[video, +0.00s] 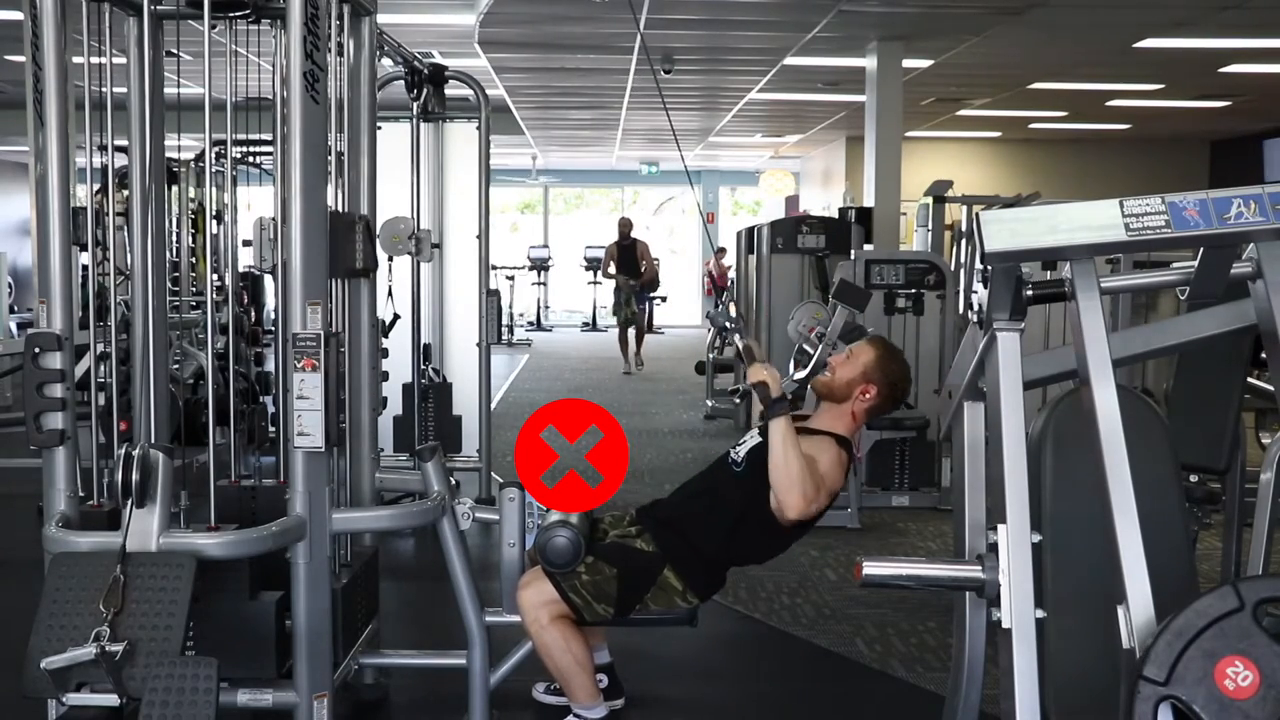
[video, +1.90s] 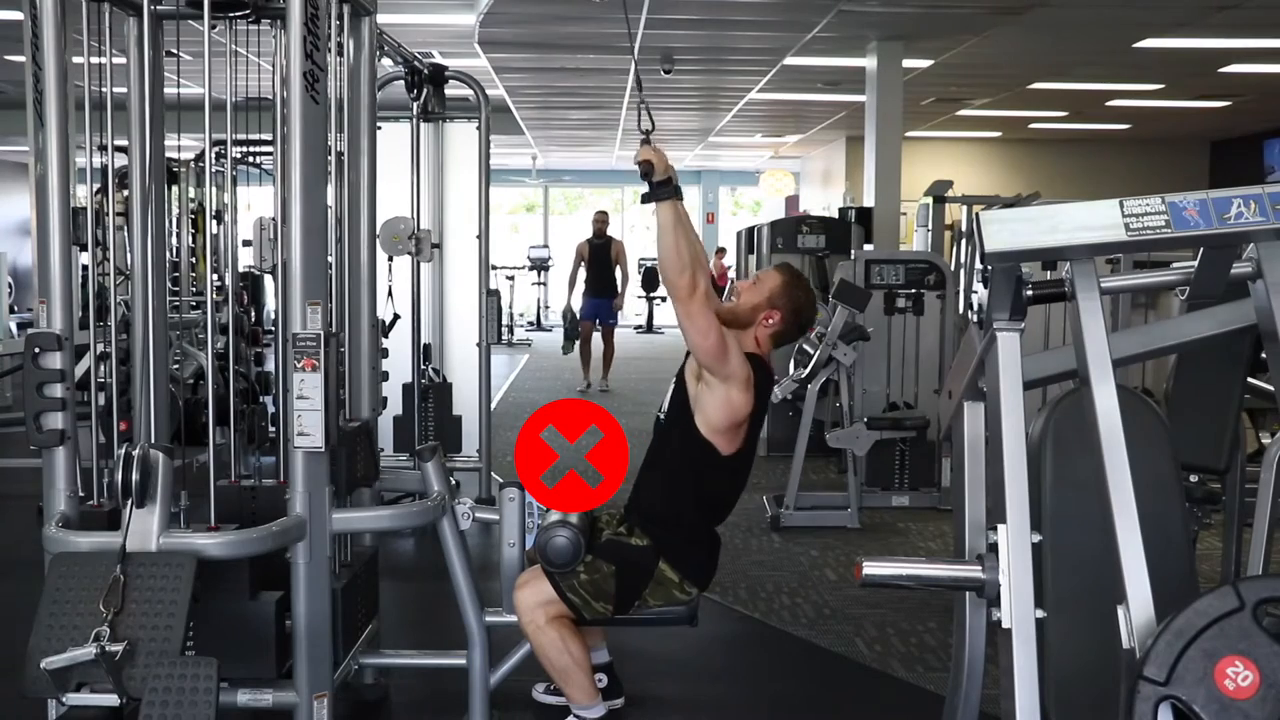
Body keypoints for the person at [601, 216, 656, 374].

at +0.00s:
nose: (623, 230)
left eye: (626, 226)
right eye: (621, 226)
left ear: (631, 228)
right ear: (617, 228)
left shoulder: (641, 246)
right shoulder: (612, 248)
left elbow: (651, 269)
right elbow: (604, 272)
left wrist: (640, 281)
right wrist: (616, 277)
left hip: (638, 289)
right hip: (622, 290)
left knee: (640, 326)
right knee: (623, 327)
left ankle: (638, 353)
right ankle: (626, 361)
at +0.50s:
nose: (621, 228)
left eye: (624, 225)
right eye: (619, 225)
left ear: (629, 228)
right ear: (615, 226)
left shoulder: (637, 247)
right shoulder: (606, 247)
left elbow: (648, 271)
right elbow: (597, 271)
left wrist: (635, 282)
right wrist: (597, 294)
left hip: (628, 294)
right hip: (611, 294)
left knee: (626, 330)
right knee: (609, 329)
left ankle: (622, 365)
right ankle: (618, 352)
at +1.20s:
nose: (601, 226)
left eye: (604, 223)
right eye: (598, 223)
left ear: (609, 225)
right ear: (594, 224)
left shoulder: (619, 244)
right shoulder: (587, 247)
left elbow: (630, 268)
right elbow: (577, 274)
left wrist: (635, 292)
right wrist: (571, 300)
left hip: (615, 296)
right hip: (596, 296)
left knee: (617, 332)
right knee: (596, 334)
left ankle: (615, 366)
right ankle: (598, 372)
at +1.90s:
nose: (600, 225)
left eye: (603, 222)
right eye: (597, 222)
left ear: (608, 224)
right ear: (592, 223)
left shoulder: (617, 246)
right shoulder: (583, 246)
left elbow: (624, 274)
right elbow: (574, 274)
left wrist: (621, 296)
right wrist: (569, 301)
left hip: (609, 299)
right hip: (589, 298)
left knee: (608, 339)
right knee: (585, 338)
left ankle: (604, 378)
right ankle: (586, 379)